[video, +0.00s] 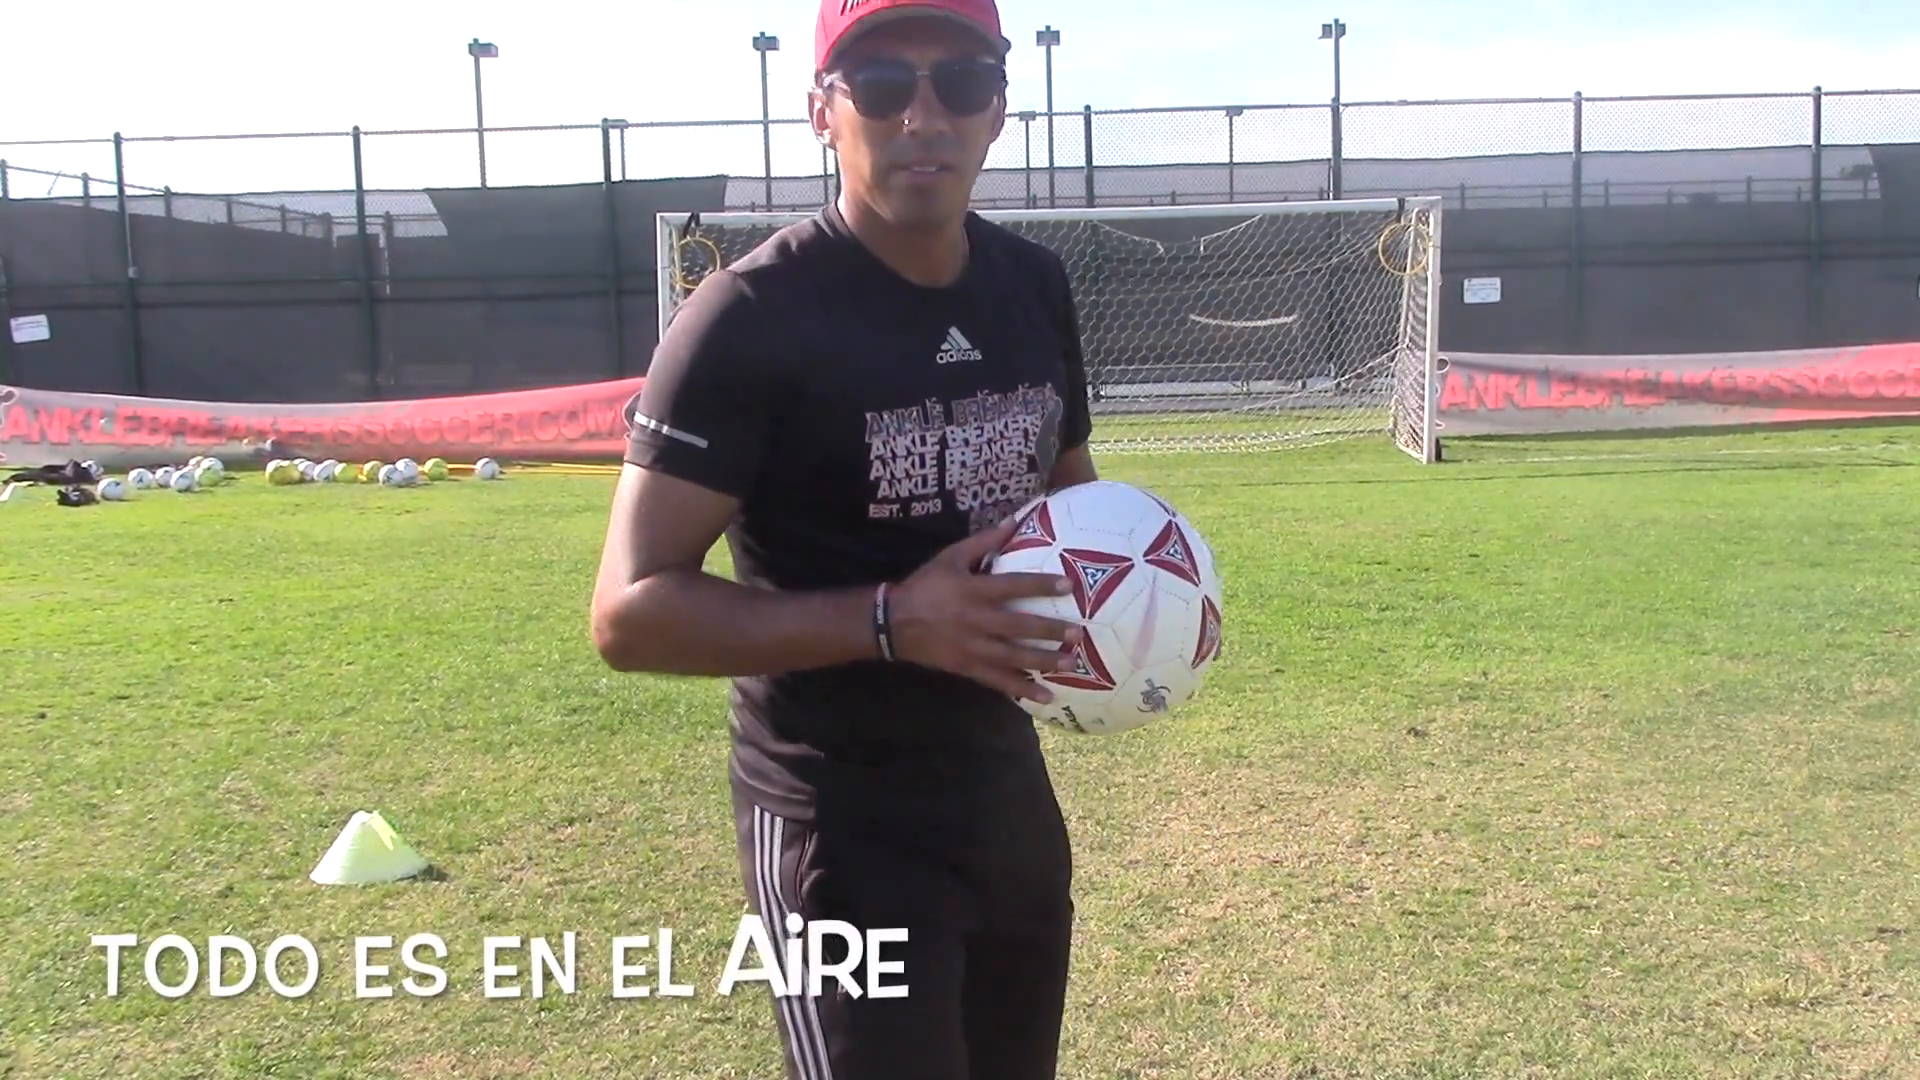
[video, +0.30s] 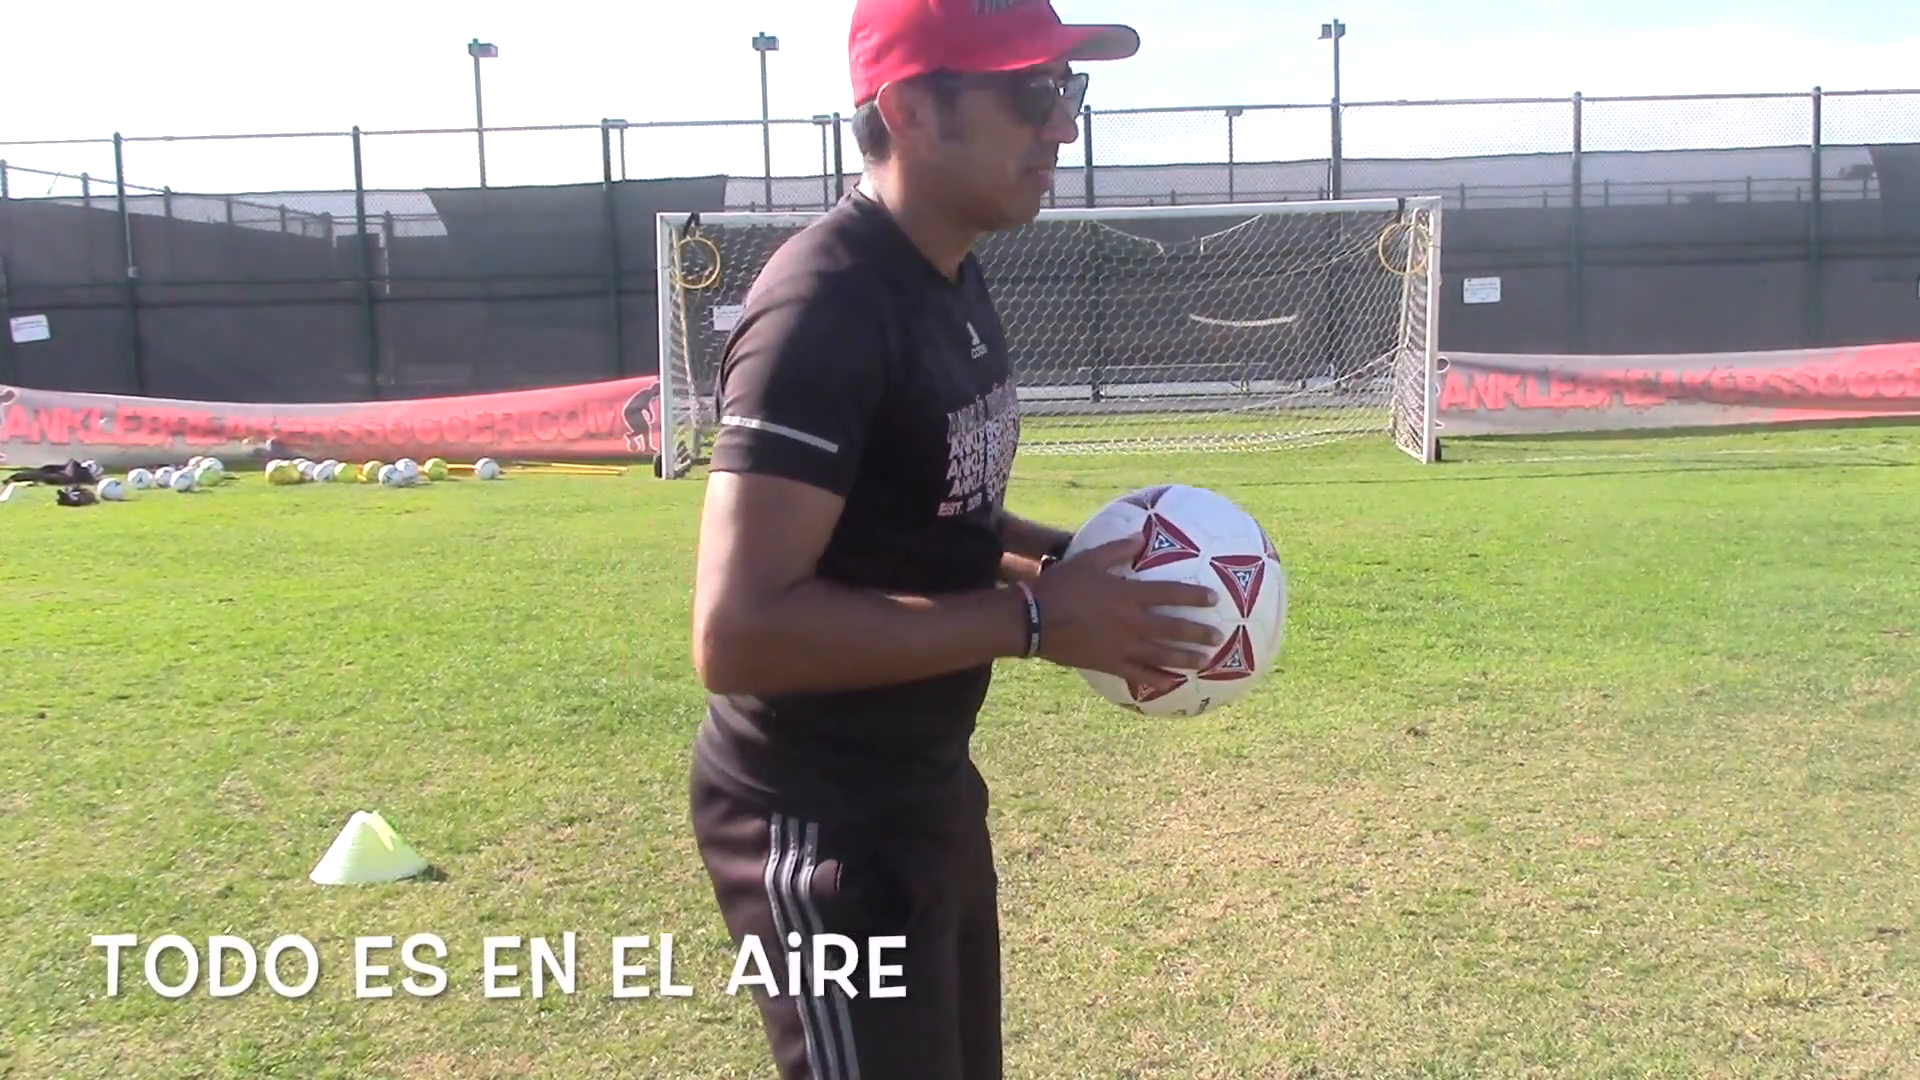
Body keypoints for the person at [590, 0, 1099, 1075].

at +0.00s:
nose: (927, 119)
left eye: (963, 85)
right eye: (884, 86)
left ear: (998, 111)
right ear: (824, 112)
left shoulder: (1030, 286)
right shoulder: (745, 318)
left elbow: (1069, 499)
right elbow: (628, 611)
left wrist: (1154, 601)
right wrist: (884, 619)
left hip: (1001, 771)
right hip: (835, 803)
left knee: (1019, 1063)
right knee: (888, 1063)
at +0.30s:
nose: (1064, 124)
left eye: (1062, 94)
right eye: (1028, 95)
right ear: (913, 109)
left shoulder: (948, 275)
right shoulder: (822, 301)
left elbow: (925, 514)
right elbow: (738, 639)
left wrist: (1075, 554)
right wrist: (1028, 619)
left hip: (922, 781)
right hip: (823, 807)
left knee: (964, 1056)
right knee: (879, 1064)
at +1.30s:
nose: (1063, 221)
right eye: (1063, 208)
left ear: (943, 213)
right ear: (1055, 217)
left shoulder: (853, 320)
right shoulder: (1090, 341)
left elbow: (779, 512)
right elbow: (1151, 550)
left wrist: (881, 559)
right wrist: (1095, 570)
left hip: (882, 681)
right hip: (1029, 688)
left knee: (900, 983)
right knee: (1038, 950)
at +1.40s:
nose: (1087, 216)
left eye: (1075, 201)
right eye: (1087, 203)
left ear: (974, 206)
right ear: (1079, 211)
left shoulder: (881, 307)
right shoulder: (1110, 332)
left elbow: (807, 487)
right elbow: (1163, 535)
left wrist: (895, 549)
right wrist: (1094, 543)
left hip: (908, 660)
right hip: (1049, 665)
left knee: (915, 938)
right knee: (1047, 936)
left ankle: (896, 1069)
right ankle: (1051, 1075)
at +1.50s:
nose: (1087, 210)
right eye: (1091, 196)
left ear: (986, 195)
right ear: (1088, 203)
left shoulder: (897, 296)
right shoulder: (1120, 314)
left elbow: (821, 469)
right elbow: (1179, 505)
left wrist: (886, 539)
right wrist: (1110, 515)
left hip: (927, 631)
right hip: (1061, 634)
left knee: (932, 882)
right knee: (1055, 905)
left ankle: (933, 1068)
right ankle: (1054, 1070)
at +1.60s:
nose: (1093, 213)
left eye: (1083, 200)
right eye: (1093, 200)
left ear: (989, 197)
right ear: (1089, 204)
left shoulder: (909, 296)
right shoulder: (1125, 308)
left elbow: (836, 466)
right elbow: (1189, 489)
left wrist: (882, 531)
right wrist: (1119, 502)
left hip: (938, 616)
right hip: (1069, 618)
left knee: (948, 848)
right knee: (1057, 880)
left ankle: (966, 1064)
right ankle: (1055, 1067)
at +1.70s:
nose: (1087, 226)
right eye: (1090, 213)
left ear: (990, 211)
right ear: (1087, 215)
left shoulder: (918, 308)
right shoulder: (1121, 315)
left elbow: (852, 476)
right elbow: (1194, 489)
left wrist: (898, 543)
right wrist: (1124, 510)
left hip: (949, 618)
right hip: (1074, 619)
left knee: (971, 848)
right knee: (1061, 878)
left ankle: (991, 1047)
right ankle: (1056, 1069)